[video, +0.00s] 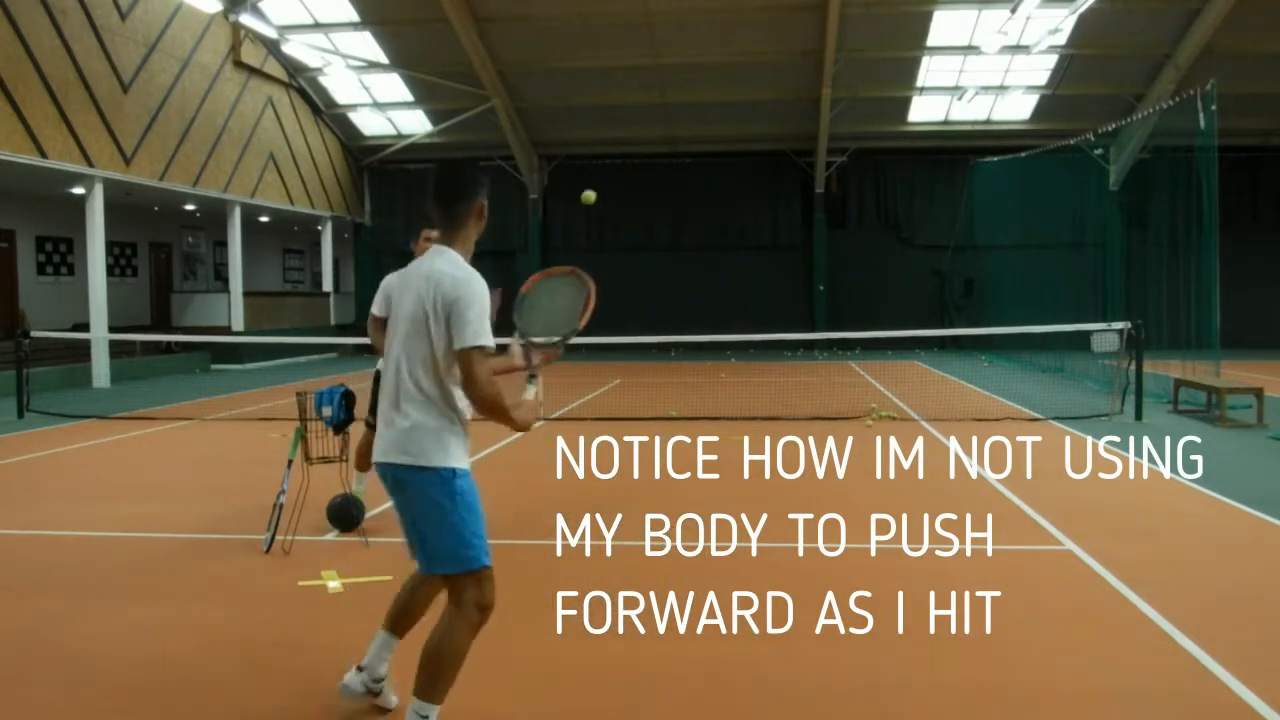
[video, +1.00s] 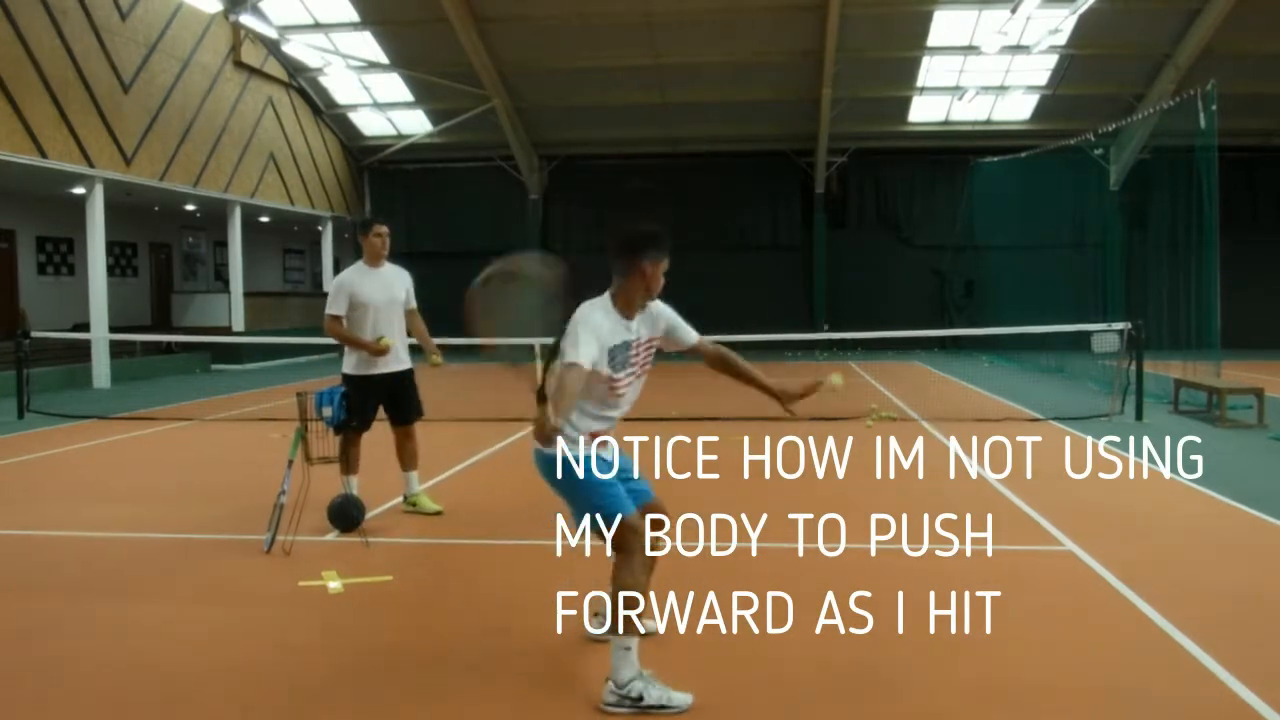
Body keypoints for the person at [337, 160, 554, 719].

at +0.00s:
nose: (487, 215)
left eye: (483, 207)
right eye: (486, 208)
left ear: (435, 212)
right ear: (480, 212)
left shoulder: (406, 277)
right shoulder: (465, 282)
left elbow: (430, 366)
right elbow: (478, 387)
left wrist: (512, 358)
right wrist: (515, 417)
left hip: (397, 452)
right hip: (433, 457)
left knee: (436, 565)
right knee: (475, 598)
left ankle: (369, 671)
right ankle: (421, 712)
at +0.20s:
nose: (516, 215)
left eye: (512, 205)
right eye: (516, 206)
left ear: (467, 208)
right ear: (507, 209)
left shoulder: (459, 267)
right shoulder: (478, 273)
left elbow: (509, 347)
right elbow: (522, 365)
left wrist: (580, 326)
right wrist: (583, 379)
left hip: (459, 443)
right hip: (446, 447)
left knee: (507, 542)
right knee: (460, 591)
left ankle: (470, 662)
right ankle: (415, 712)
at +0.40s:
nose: (550, 233)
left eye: (550, 226)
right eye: (549, 224)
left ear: (510, 226)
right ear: (538, 227)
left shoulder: (538, 284)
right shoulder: (491, 283)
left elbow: (602, 324)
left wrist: (643, 284)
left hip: (510, 454)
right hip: (477, 454)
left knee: (548, 552)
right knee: (496, 588)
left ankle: (491, 664)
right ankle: (428, 709)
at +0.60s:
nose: (594, 236)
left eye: (600, 229)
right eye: (589, 225)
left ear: (600, 232)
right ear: (563, 221)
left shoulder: (592, 269)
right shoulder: (525, 260)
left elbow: (644, 303)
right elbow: (492, 289)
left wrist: (692, 278)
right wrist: (553, 262)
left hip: (547, 427)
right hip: (512, 426)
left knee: (565, 546)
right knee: (571, 544)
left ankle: (494, 652)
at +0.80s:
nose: (642, 263)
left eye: (643, 255)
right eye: (638, 254)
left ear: (618, 258)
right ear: (618, 256)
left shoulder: (631, 299)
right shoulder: (565, 294)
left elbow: (683, 334)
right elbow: (514, 334)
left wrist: (753, 351)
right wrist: (532, 322)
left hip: (573, 441)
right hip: (544, 442)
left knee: (613, 524)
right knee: (633, 540)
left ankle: (567, 611)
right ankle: (624, 680)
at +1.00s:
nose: (664, 280)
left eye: (664, 271)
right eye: (658, 270)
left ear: (648, 273)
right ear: (632, 270)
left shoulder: (655, 314)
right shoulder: (588, 320)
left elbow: (711, 352)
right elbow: (565, 380)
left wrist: (778, 393)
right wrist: (550, 417)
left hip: (600, 442)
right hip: (565, 445)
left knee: (656, 522)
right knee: (631, 535)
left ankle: (613, 610)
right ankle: (625, 678)